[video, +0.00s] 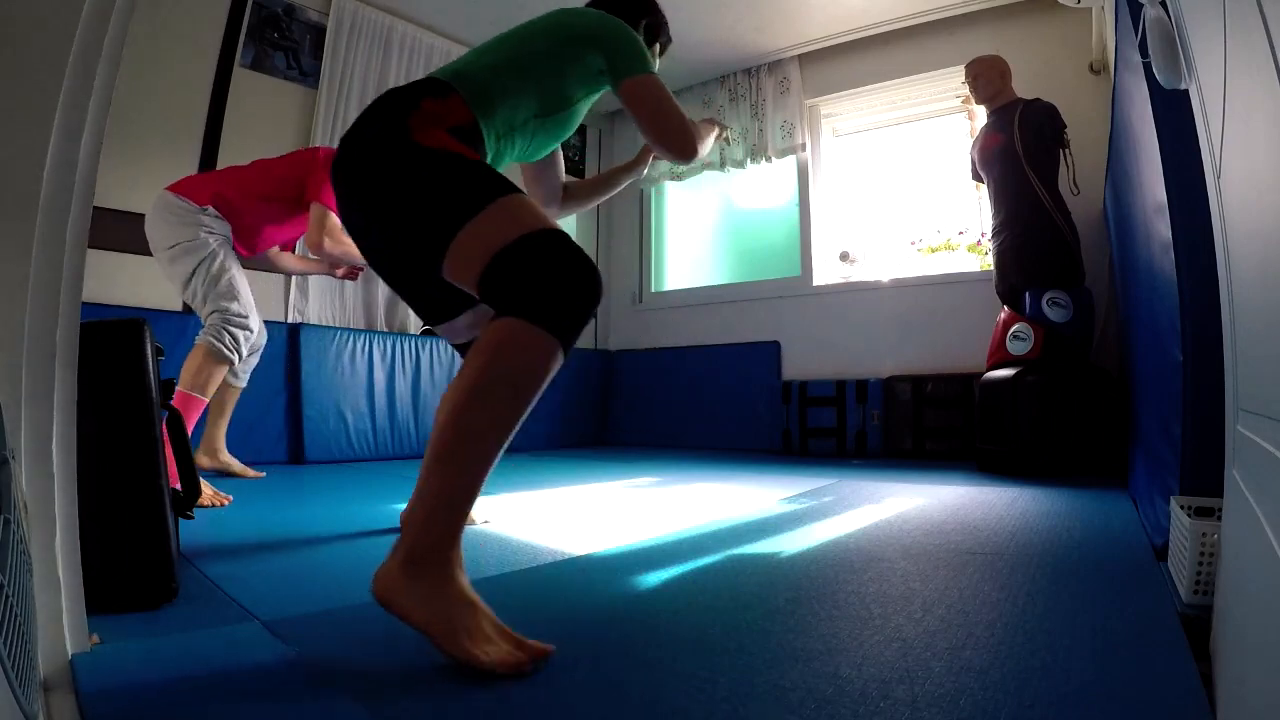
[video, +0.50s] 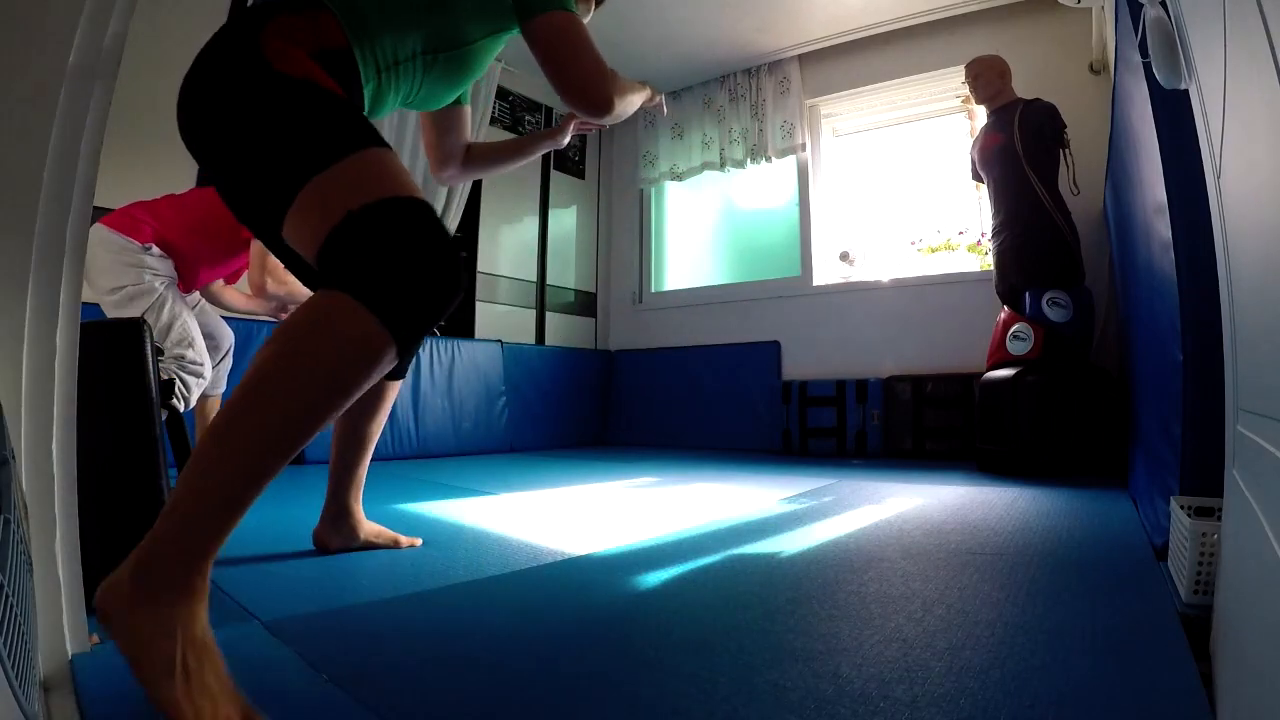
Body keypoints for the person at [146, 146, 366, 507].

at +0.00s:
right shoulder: (328, 164)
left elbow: (264, 256)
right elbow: (324, 242)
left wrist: (330, 267)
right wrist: (369, 256)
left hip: (211, 229)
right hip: (188, 213)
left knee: (251, 335)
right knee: (233, 324)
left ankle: (211, 450)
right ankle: (168, 454)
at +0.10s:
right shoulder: (306, 173)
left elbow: (264, 270)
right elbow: (305, 249)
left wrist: (330, 274)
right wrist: (350, 268)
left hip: (198, 237)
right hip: (173, 221)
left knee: (241, 339)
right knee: (222, 332)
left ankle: (210, 453)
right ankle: (139, 415)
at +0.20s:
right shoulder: (288, 191)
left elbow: (255, 281)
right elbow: (287, 261)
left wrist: (326, 281)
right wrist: (336, 279)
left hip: (183, 248)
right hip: (155, 230)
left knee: (227, 341)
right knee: (190, 356)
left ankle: (207, 455)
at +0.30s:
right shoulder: (277, 204)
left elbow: (238, 288)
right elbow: (280, 273)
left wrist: (304, 290)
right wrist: (337, 281)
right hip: (140, 237)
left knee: (222, 341)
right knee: (189, 359)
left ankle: (207, 456)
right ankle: (119, 444)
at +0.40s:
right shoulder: (273, 211)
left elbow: (218, 291)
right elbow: (272, 281)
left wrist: (286, 305)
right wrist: (329, 290)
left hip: (165, 260)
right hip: (132, 244)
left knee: (219, 340)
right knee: (189, 365)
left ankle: (206, 456)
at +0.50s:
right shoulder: (278, 214)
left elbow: (211, 287)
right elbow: (266, 281)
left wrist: (273, 309)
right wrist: (321, 301)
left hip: (163, 262)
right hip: (130, 248)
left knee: (218, 341)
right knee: (188, 368)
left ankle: (208, 462)